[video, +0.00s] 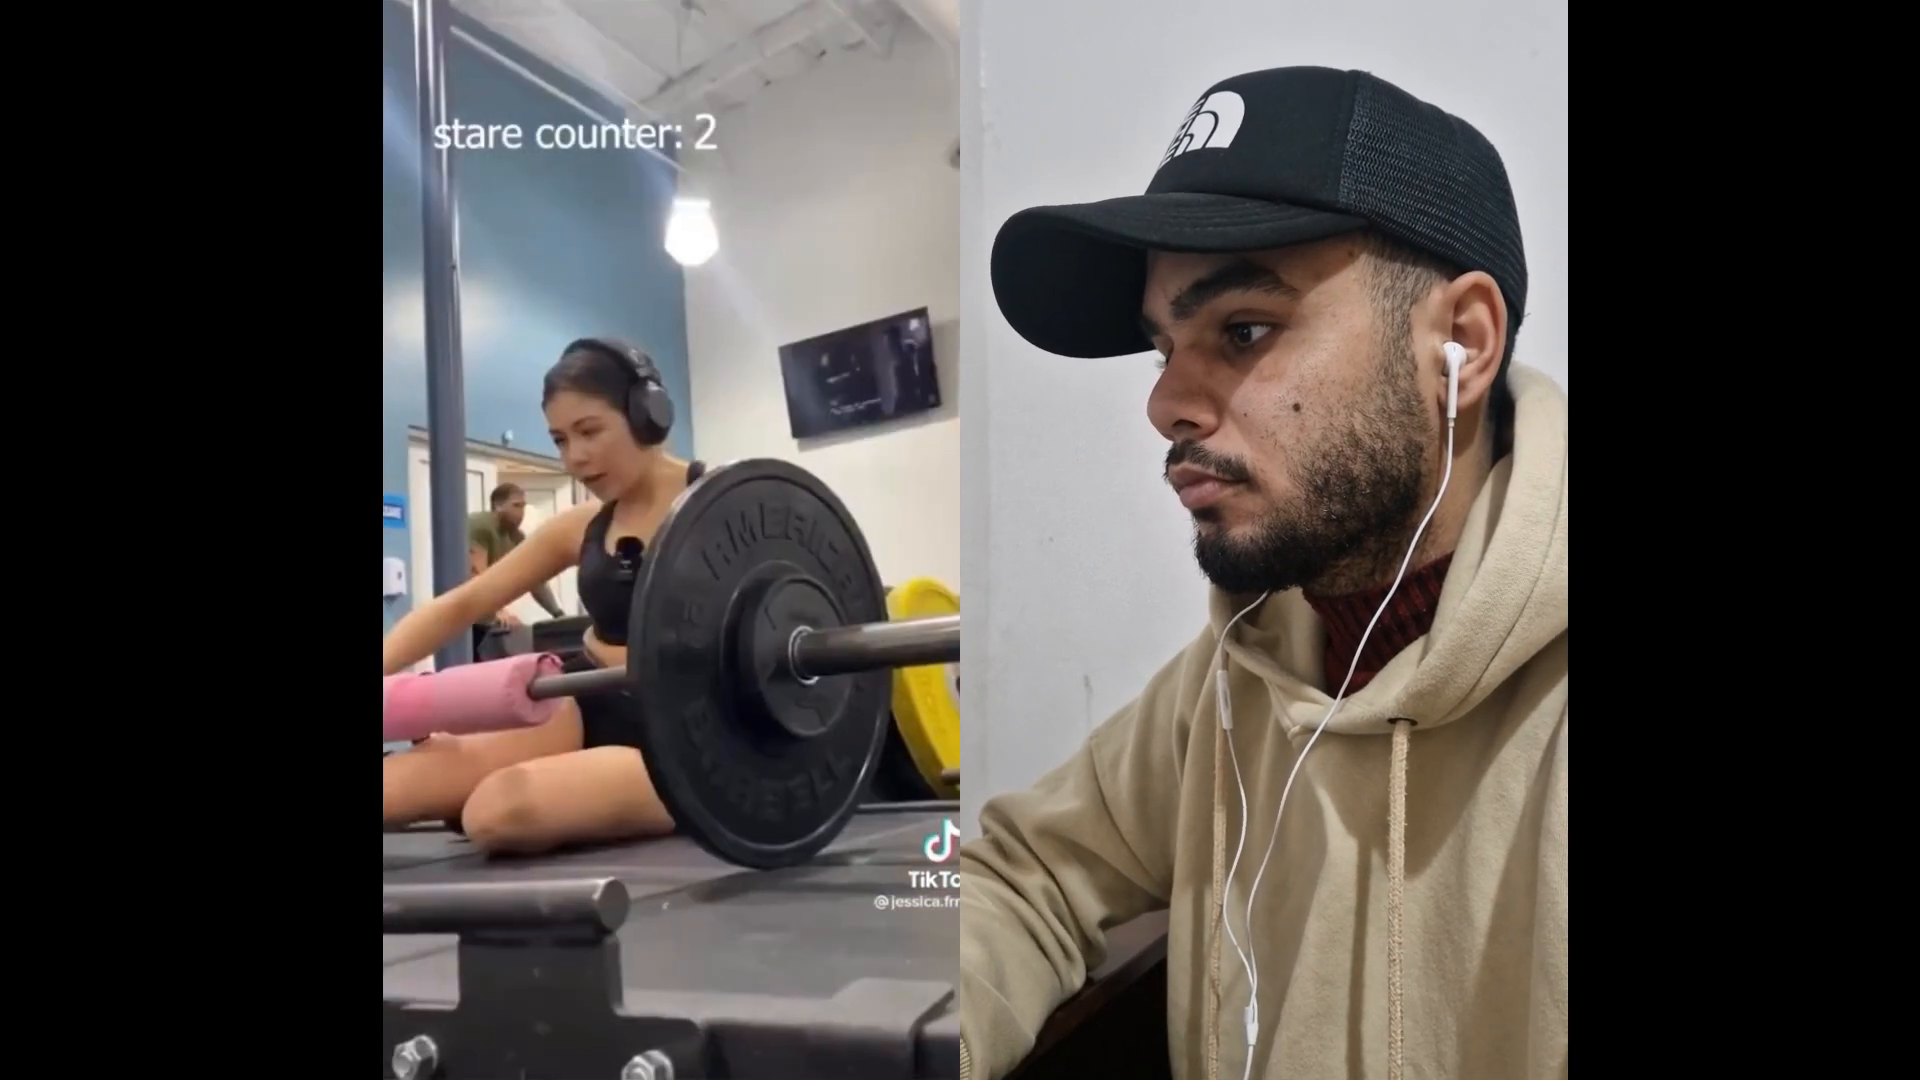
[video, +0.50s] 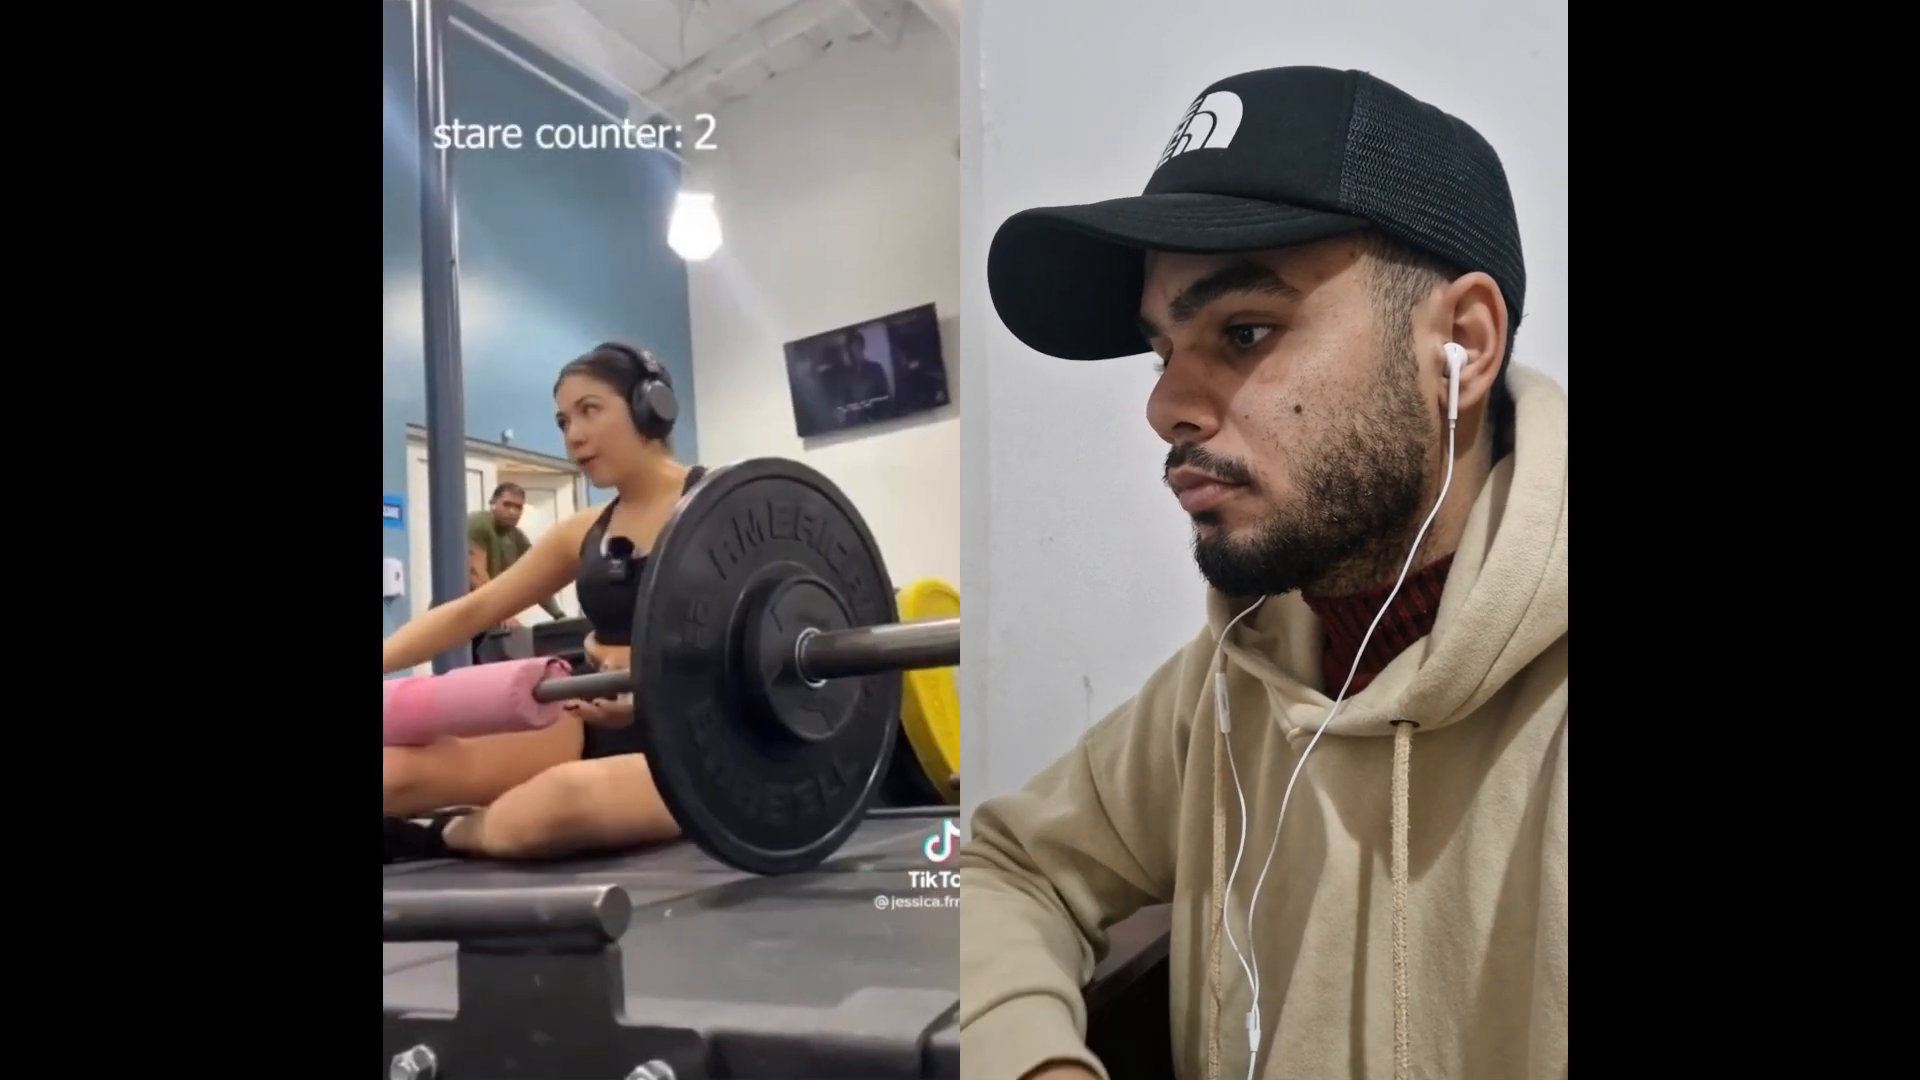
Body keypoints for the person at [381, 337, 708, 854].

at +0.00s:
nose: (575, 458)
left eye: (589, 431)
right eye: (561, 441)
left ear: (646, 414)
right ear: (553, 443)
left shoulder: (720, 503)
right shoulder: (580, 527)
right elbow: (462, 606)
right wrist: (384, 667)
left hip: (691, 743)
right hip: (596, 714)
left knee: (503, 809)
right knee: (439, 765)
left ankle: (456, 771)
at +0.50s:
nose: (573, 435)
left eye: (589, 410)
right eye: (564, 422)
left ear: (647, 407)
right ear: (560, 432)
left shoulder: (719, 506)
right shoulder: (583, 532)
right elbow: (469, 614)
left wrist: (641, 702)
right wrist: (383, 659)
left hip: (693, 743)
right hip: (592, 721)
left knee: (562, 799)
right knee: (397, 770)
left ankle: (452, 832)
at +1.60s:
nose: (596, 467)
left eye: (617, 448)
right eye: (583, 454)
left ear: (660, 461)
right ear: (571, 472)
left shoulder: (698, 554)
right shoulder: (558, 575)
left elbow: (746, 672)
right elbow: (503, 672)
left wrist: (719, 693)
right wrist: (423, 703)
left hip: (651, 789)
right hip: (536, 773)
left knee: (593, 738)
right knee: (390, 771)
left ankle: (406, 858)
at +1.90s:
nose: (611, 463)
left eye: (633, 447)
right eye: (597, 451)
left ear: (672, 464)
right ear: (583, 472)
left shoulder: (709, 556)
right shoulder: (563, 574)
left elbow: (770, 678)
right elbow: (529, 679)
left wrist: (745, 697)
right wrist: (473, 682)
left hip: (657, 794)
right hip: (535, 776)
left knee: (586, 738)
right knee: (384, 750)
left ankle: (408, 858)